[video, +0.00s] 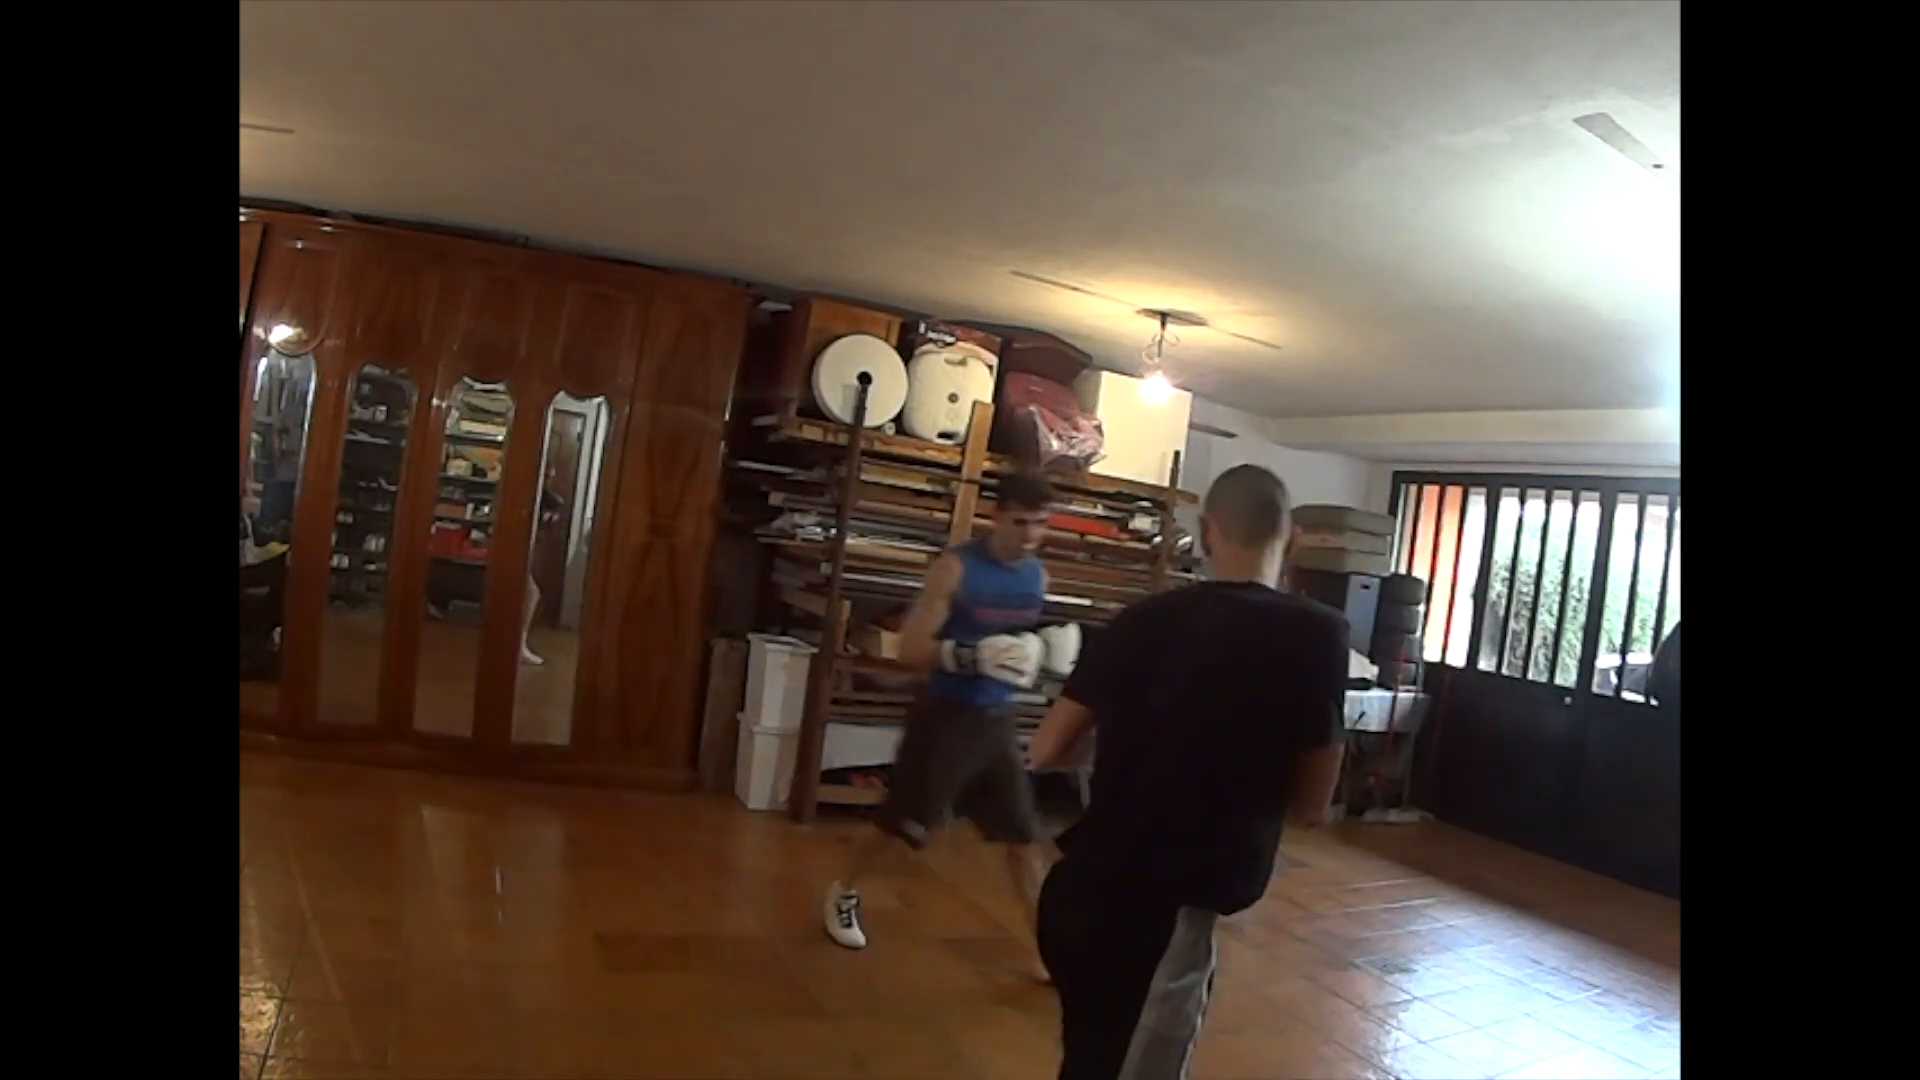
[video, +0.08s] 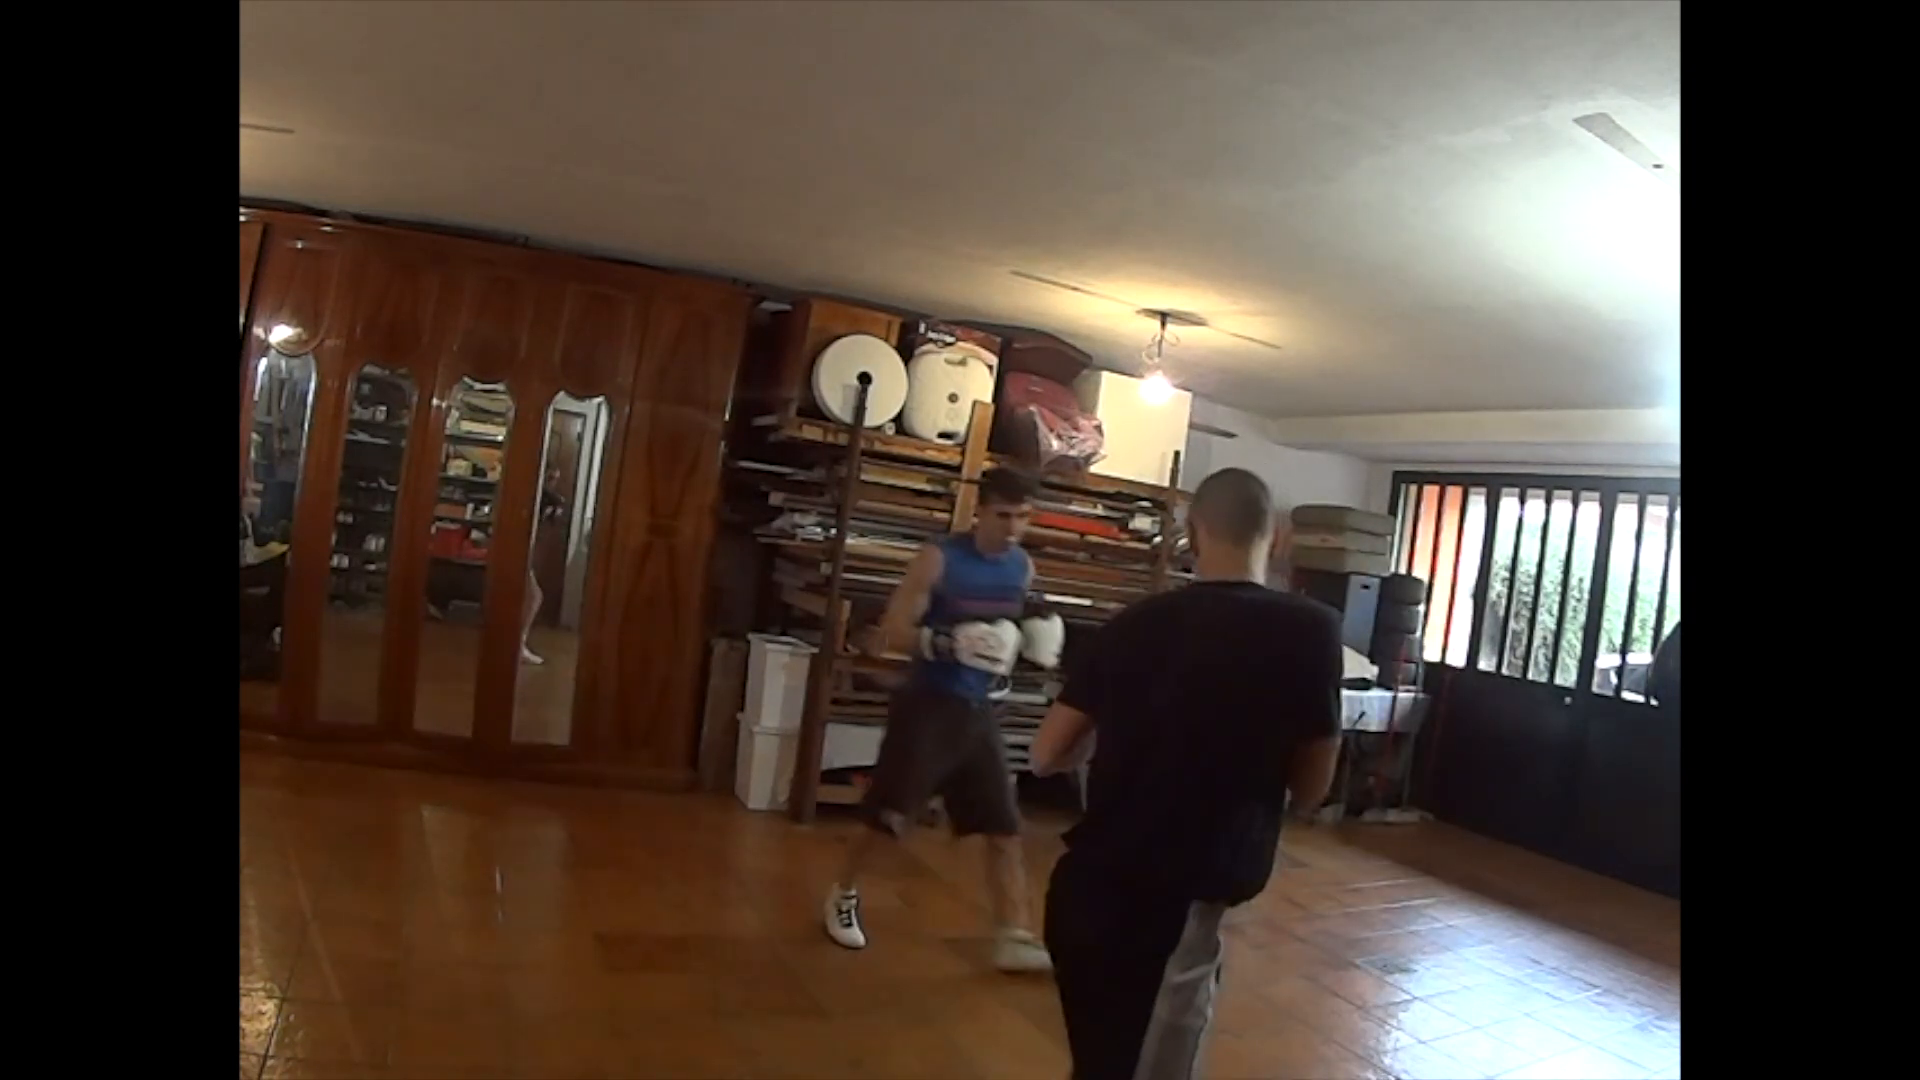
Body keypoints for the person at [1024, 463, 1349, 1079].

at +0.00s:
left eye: (1205, 526)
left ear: (1206, 530)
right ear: (1290, 537)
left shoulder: (1144, 620)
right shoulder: (1317, 634)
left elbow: (1046, 751)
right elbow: (1313, 800)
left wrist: (1112, 743)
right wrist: (1243, 761)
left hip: (1097, 883)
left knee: (1089, 1060)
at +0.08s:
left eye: (1191, 526)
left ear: (1192, 530)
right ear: (1274, 537)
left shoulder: (1137, 623)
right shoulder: (1310, 630)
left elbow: (1047, 753)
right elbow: (1310, 789)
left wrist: (1111, 733)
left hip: (1104, 870)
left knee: (1099, 1062)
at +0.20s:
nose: (1171, 530)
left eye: (1170, 519)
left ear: (1179, 518)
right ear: (1253, 523)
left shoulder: (1132, 610)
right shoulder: (1303, 608)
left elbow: (1062, 738)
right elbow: (1305, 757)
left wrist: (1125, 689)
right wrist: (1249, 708)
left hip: (1115, 861)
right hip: (1218, 876)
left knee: (1114, 1052)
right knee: (1211, 1059)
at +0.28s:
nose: (1173, 527)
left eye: (1172, 515)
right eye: (1175, 516)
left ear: (1182, 512)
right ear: (1255, 516)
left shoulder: (1137, 603)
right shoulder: (1309, 598)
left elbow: (1068, 729)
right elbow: (1309, 743)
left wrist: (1122, 672)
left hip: (1136, 843)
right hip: (1242, 857)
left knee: (1115, 1034)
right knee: (1242, 1044)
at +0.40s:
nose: (1199, 522)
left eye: (1199, 511)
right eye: (1202, 511)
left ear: (1209, 510)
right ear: (1276, 508)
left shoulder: (1166, 595)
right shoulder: (1335, 594)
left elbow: (1093, 717)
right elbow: (1330, 731)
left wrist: (1144, 680)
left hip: (1166, 851)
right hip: (1264, 861)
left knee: (1113, 1040)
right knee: (1250, 1062)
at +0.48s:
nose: (1220, 533)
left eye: (1219, 521)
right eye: (1221, 522)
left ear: (1230, 516)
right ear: (1298, 514)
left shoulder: (1188, 598)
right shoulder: (1359, 598)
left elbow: (1115, 719)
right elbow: (1351, 728)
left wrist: (1171, 694)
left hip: (1191, 859)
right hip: (1293, 870)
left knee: (1122, 1043)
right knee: (1270, 1063)